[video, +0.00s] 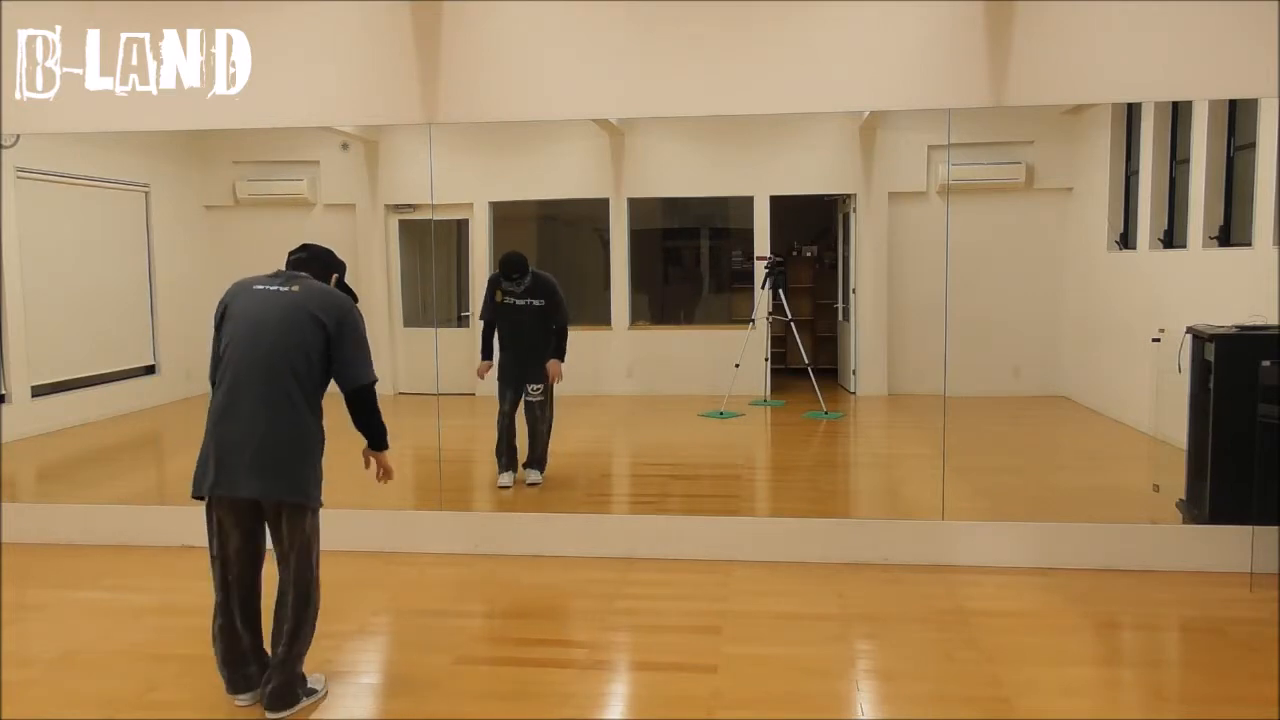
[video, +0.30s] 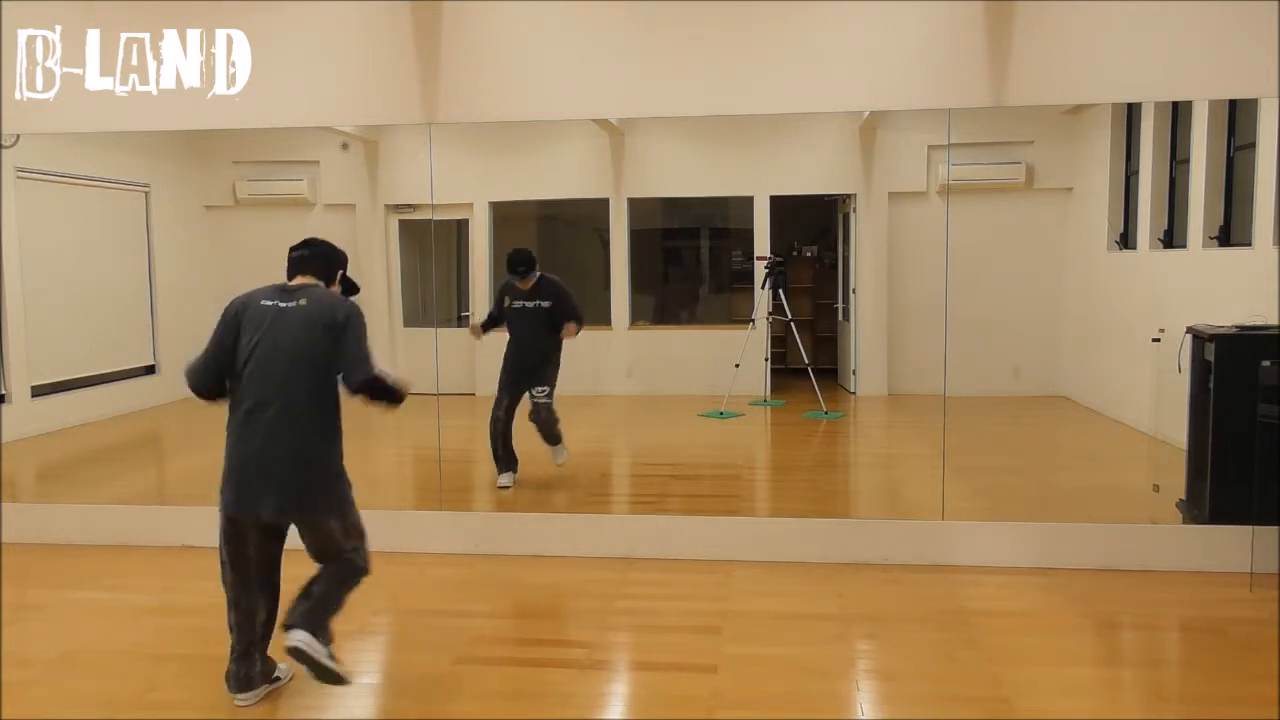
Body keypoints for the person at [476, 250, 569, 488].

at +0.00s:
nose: (514, 288)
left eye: (518, 283)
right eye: (509, 284)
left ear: (527, 274)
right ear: (503, 276)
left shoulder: (547, 285)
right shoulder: (496, 284)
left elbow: (561, 323)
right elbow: (489, 322)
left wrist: (557, 358)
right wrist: (487, 357)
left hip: (540, 359)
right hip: (510, 358)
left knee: (538, 414)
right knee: (505, 412)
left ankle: (535, 467)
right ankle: (506, 467)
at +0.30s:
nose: (522, 285)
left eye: (525, 280)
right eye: (517, 281)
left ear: (535, 271)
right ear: (511, 275)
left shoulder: (553, 287)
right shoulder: (507, 289)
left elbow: (575, 317)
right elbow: (499, 315)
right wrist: (483, 327)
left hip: (546, 356)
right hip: (517, 355)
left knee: (541, 411)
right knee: (500, 414)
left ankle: (556, 443)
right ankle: (505, 469)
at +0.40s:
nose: (528, 272)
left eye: (532, 266)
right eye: (524, 267)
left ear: (542, 259)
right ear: (518, 263)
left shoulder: (564, 279)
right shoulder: (514, 282)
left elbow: (592, 296)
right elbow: (493, 300)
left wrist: (600, 302)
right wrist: (472, 306)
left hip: (555, 362)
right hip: (524, 361)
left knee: (566, 415)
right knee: (509, 414)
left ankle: (589, 452)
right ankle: (506, 469)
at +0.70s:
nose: (551, 271)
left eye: (555, 265)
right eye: (546, 267)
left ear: (564, 260)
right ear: (540, 265)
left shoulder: (585, 283)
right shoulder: (538, 287)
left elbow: (611, 309)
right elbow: (526, 316)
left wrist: (622, 338)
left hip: (587, 357)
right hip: (556, 359)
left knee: (592, 411)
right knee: (555, 418)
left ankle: (609, 461)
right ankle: (576, 447)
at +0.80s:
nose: (554, 269)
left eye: (558, 264)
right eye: (550, 264)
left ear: (568, 259)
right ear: (544, 262)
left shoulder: (588, 283)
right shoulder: (540, 287)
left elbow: (601, 317)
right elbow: (539, 322)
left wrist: (587, 336)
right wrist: (545, 347)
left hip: (586, 359)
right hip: (557, 362)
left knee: (594, 413)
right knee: (567, 416)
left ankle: (606, 461)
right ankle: (583, 457)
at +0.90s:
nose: (560, 267)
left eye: (564, 262)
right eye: (555, 263)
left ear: (571, 256)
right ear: (547, 259)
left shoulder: (588, 276)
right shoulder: (538, 280)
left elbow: (592, 311)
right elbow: (537, 316)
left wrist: (568, 312)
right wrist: (554, 323)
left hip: (581, 347)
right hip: (554, 351)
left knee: (584, 402)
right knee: (563, 405)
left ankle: (579, 457)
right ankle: (580, 452)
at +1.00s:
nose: (561, 269)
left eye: (565, 264)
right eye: (556, 265)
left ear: (572, 258)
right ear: (547, 261)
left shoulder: (585, 274)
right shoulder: (538, 279)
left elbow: (586, 308)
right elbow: (535, 315)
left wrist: (554, 311)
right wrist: (558, 320)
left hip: (579, 352)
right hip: (551, 354)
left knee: (573, 410)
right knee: (563, 411)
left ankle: (553, 460)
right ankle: (583, 455)